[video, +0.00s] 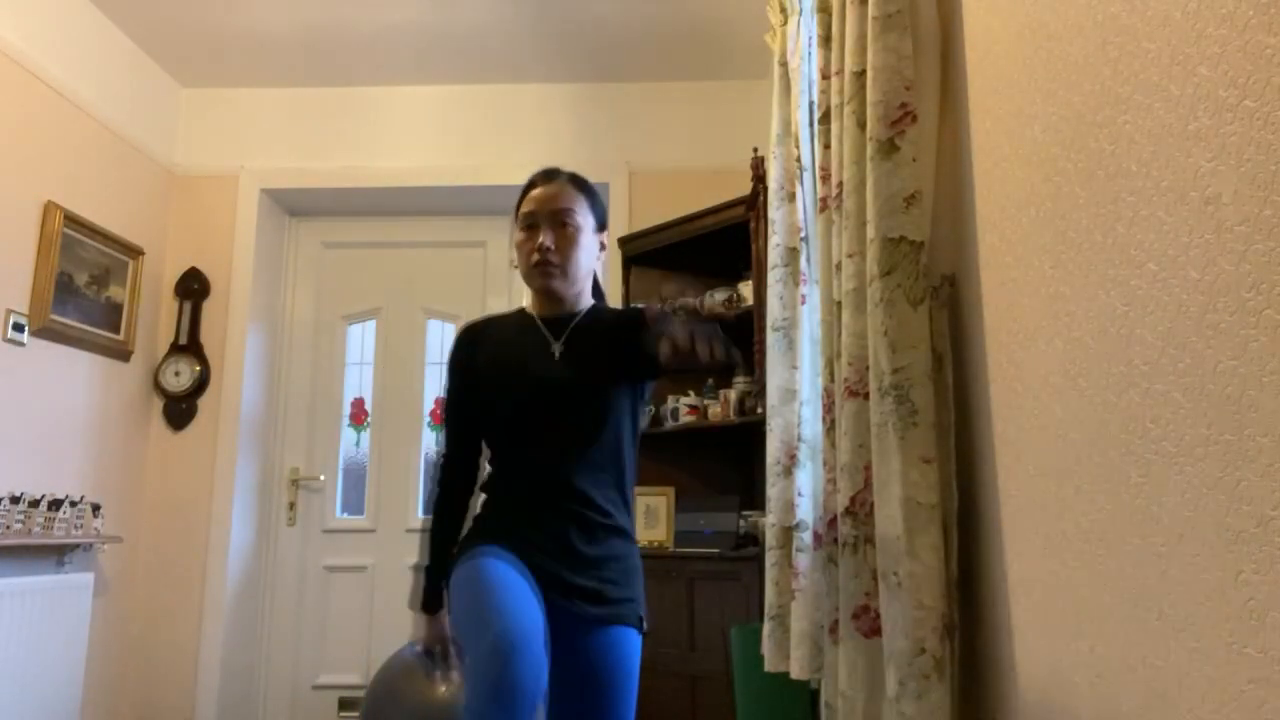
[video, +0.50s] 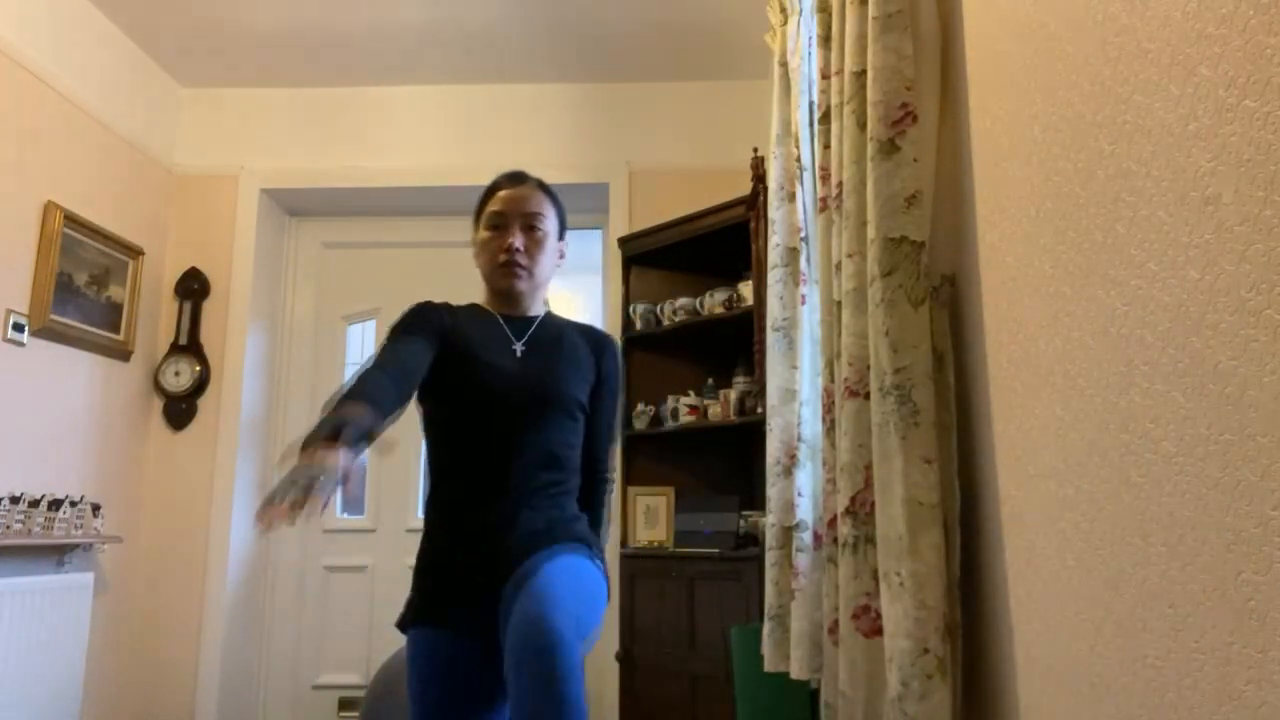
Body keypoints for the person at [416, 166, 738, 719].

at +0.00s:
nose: (542, 240)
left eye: (562, 223)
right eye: (528, 226)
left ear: (600, 245)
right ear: (514, 245)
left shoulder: (626, 331)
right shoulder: (482, 342)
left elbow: (655, 338)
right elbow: (457, 475)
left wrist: (683, 334)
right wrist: (433, 600)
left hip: (603, 559)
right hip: (502, 549)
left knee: (608, 708)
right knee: (514, 680)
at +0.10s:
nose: (542, 239)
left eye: (562, 223)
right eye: (528, 225)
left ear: (597, 243)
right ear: (511, 243)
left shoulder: (635, 337)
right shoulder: (476, 336)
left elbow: (693, 389)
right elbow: (434, 467)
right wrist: (391, 591)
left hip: (602, 589)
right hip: (495, 583)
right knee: (502, 710)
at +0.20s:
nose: (535, 243)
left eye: (555, 229)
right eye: (520, 230)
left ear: (589, 248)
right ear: (505, 249)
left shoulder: (624, 348)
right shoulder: (461, 338)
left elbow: (678, 441)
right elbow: (405, 462)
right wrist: (343, 585)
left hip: (591, 610)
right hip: (479, 609)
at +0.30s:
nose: (527, 244)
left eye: (547, 231)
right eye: (512, 230)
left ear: (578, 253)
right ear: (493, 247)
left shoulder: (613, 350)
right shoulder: (449, 337)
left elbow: (651, 479)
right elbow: (379, 457)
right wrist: (305, 568)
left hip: (572, 615)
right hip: (460, 610)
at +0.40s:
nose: (517, 243)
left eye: (538, 230)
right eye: (503, 228)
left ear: (567, 254)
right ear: (484, 246)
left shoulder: (603, 353)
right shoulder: (440, 333)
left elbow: (621, 487)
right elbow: (378, 422)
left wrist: (627, 605)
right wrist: (301, 520)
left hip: (559, 587)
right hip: (451, 587)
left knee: (559, 709)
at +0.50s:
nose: (513, 240)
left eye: (533, 228)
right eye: (498, 226)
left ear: (559, 253)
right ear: (475, 245)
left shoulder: (595, 350)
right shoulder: (437, 324)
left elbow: (594, 477)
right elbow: (386, 380)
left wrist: (586, 562)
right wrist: (334, 440)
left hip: (555, 552)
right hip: (455, 561)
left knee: (543, 633)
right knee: (440, 707)